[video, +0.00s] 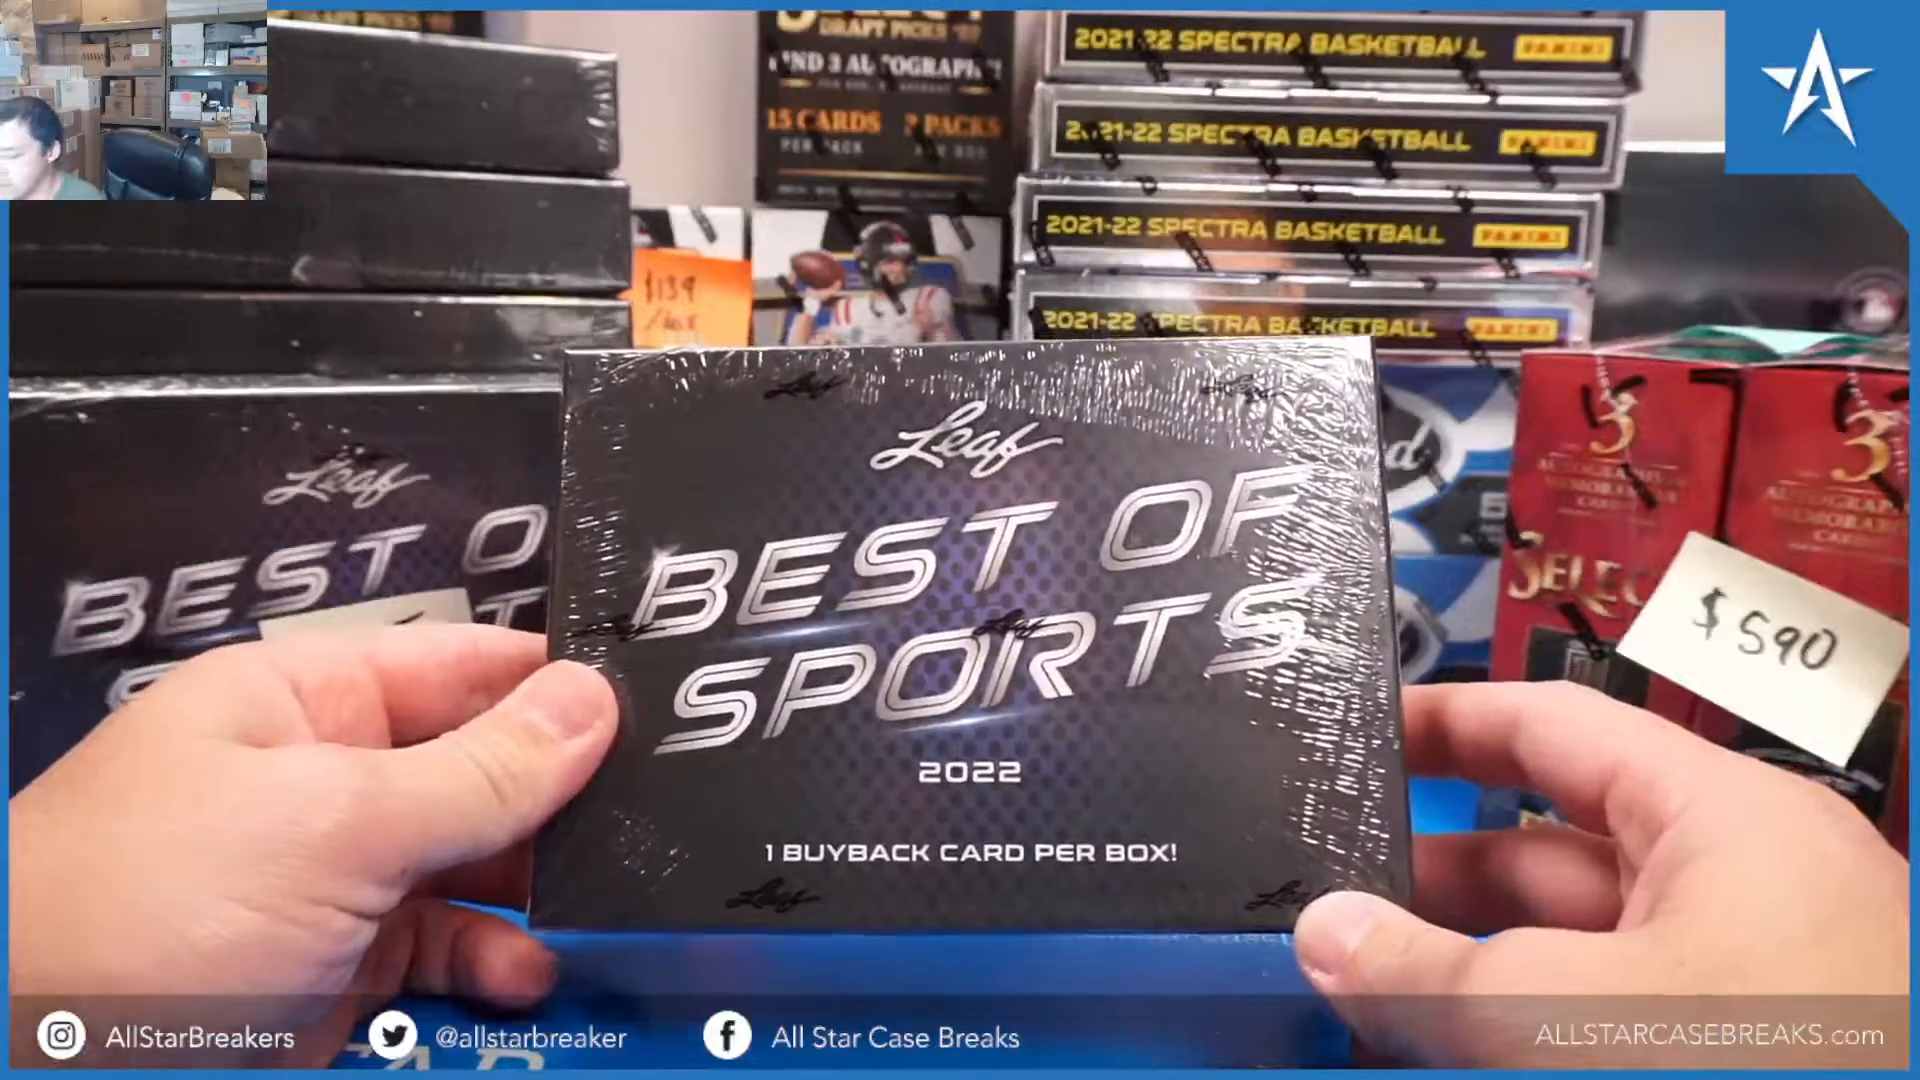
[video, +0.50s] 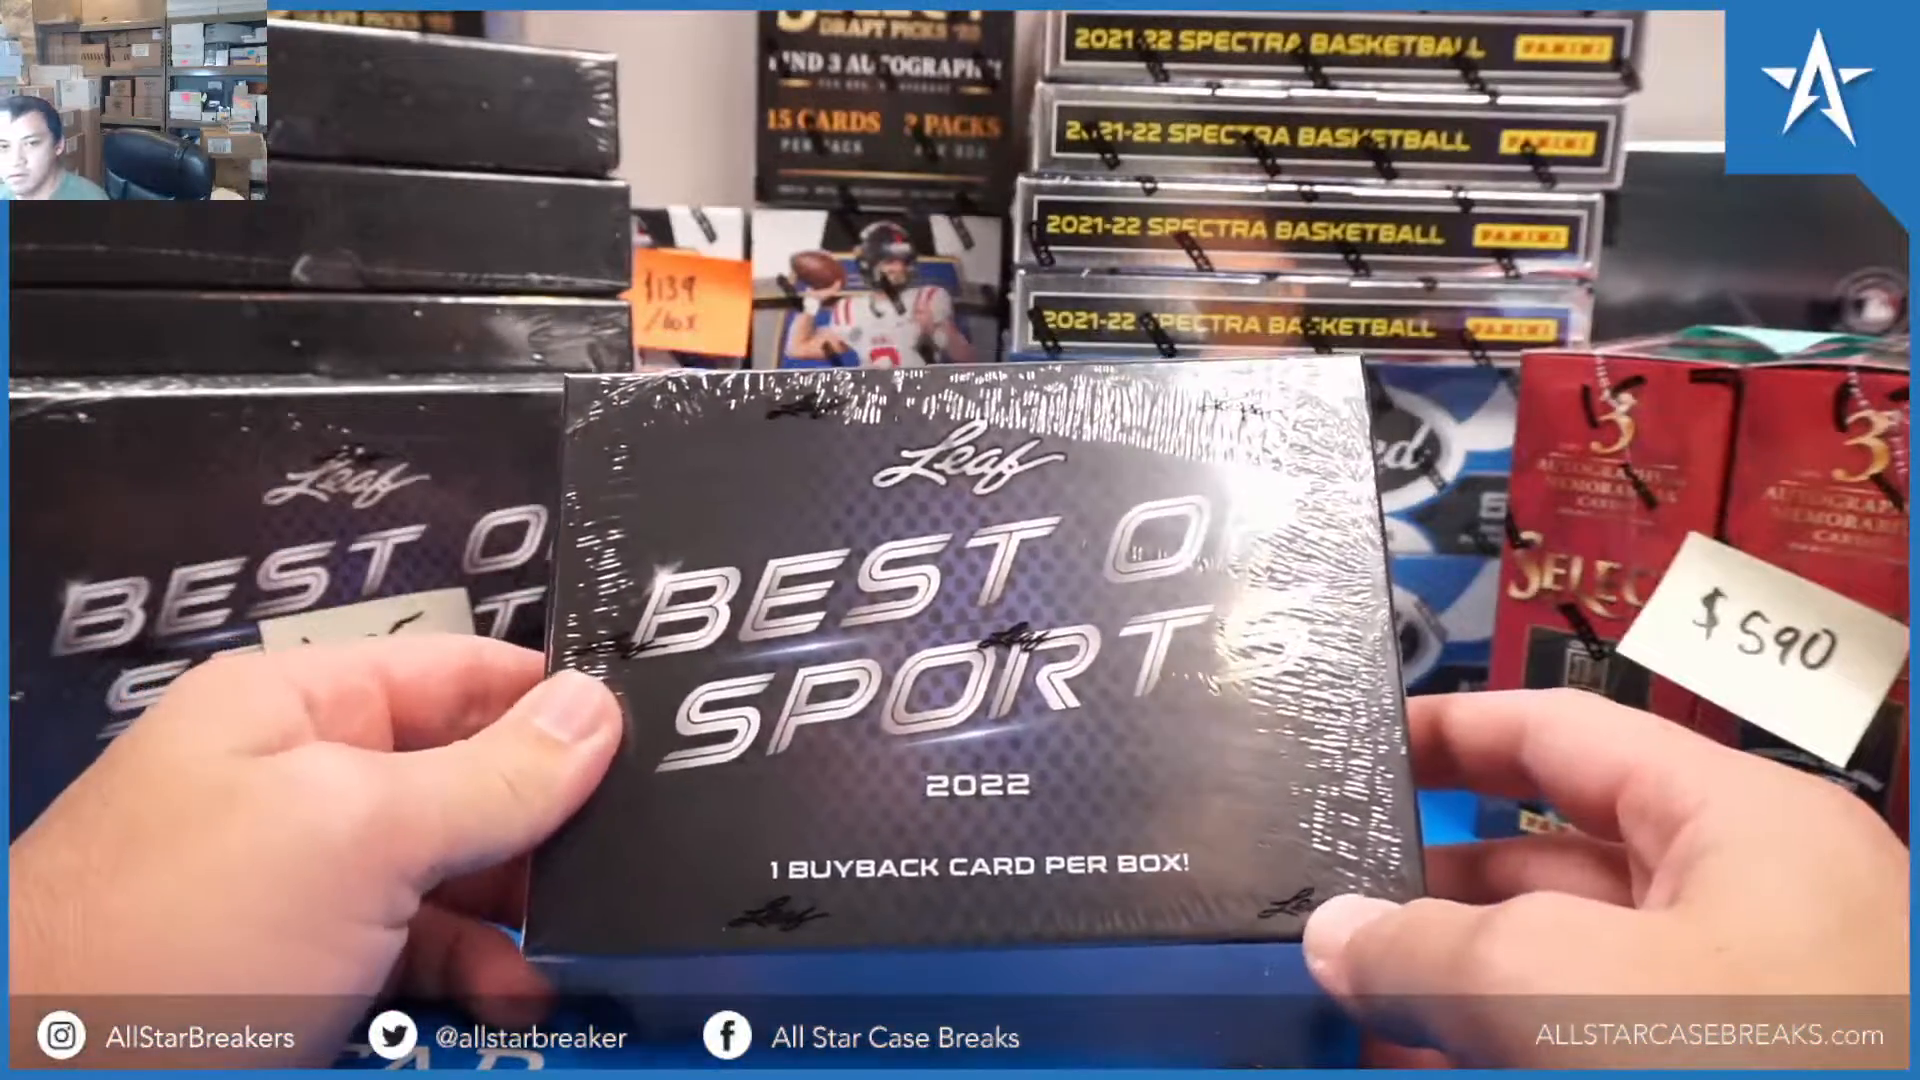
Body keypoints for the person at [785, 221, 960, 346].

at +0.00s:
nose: (898, 269)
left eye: (904, 261)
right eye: (889, 261)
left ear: (912, 264)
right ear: (870, 266)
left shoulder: (932, 298)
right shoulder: (847, 308)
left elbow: (953, 358)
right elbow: (797, 353)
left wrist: (931, 332)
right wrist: (811, 303)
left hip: (920, 384)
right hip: (861, 388)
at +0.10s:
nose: (899, 269)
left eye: (905, 260)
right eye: (889, 261)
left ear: (912, 263)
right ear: (868, 265)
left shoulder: (931, 298)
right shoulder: (850, 309)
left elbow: (963, 356)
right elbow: (799, 348)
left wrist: (934, 331)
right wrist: (811, 302)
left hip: (925, 393)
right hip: (868, 396)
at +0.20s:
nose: (898, 268)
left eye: (904, 260)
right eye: (888, 260)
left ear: (911, 263)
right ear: (868, 265)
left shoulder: (931, 298)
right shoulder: (850, 311)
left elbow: (966, 361)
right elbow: (797, 349)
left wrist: (935, 332)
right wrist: (812, 302)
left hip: (926, 400)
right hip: (872, 405)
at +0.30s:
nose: (898, 268)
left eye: (904, 260)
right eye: (888, 260)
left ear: (911, 263)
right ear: (868, 265)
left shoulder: (931, 298)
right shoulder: (852, 312)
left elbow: (968, 363)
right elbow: (797, 349)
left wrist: (935, 331)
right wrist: (812, 302)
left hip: (927, 403)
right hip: (872, 408)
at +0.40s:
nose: (899, 268)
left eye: (905, 260)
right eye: (889, 260)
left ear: (912, 262)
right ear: (868, 264)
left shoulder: (931, 298)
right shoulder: (850, 311)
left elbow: (968, 362)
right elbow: (797, 349)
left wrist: (936, 330)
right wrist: (812, 302)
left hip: (928, 399)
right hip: (872, 402)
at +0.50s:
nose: (899, 268)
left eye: (906, 260)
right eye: (889, 261)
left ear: (912, 262)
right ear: (869, 265)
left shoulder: (932, 299)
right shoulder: (851, 310)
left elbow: (968, 359)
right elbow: (798, 349)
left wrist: (936, 331)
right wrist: (812, 302)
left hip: (928, 395)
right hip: (872, 399)